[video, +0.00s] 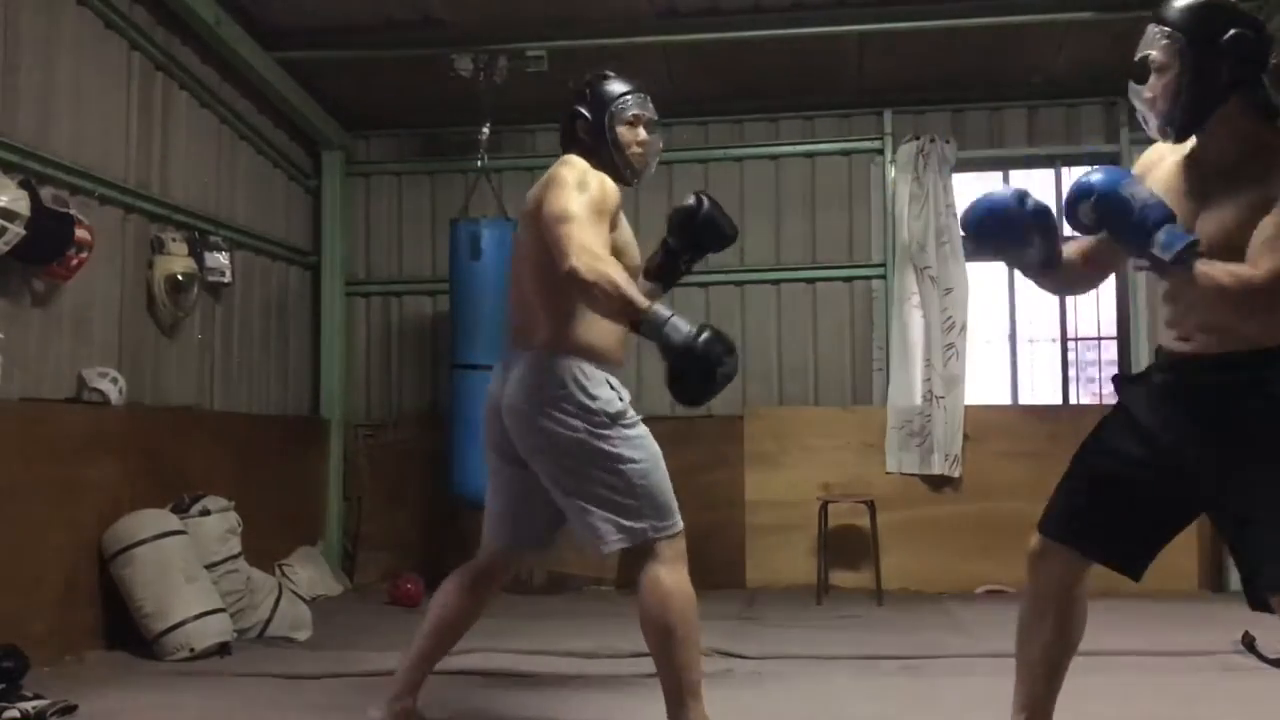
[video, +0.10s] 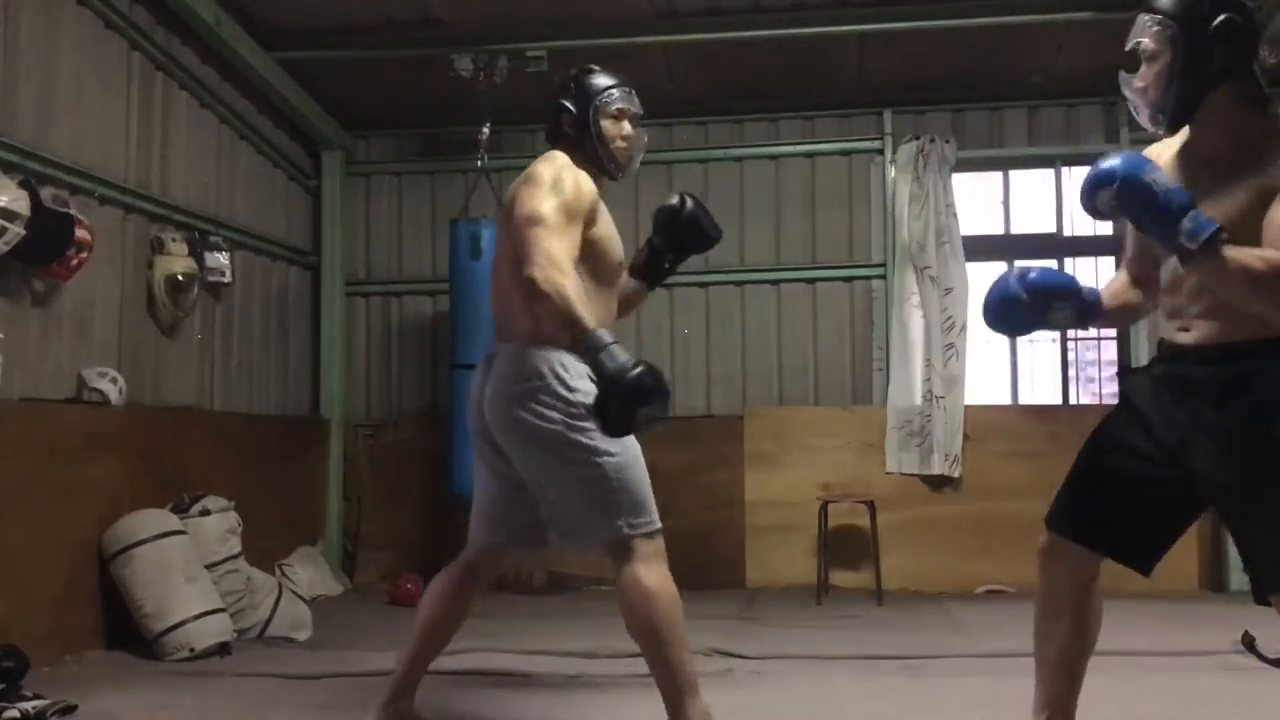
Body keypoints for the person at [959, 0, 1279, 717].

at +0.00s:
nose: (1139, 88)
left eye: (1152, 69)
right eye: (1139, 71)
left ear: (1217, 70)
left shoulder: (1273, 167)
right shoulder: (1159, 166)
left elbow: (1266, 297)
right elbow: (1077, 275)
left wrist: (1166, 252)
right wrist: (1031, 249)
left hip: (1260, 395)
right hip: (1166, 394)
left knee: (1279, 595)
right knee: (1056, 552)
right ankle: (1031, 715)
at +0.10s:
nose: (1131, 77)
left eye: (1146, 60)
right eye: (1131, 62)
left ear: (1212, 59)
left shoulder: (1270, 158)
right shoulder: (1154, 166)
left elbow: (1275, 283)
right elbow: (1139, 286)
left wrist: (1188, 233)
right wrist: (1075, 304)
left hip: (1259, 387)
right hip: (1168, 389)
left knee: (1278, 591)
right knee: (1067, 546)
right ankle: (1052, 715)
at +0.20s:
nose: (1121, 81)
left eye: (1131, 63)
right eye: (1118, 66)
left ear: (1189, 57)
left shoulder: (1273, 144)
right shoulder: (1151, 161)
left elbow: (1225, 253)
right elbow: (1142, 281)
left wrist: (1148, 166)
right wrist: (1082, 312)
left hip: (1257, 387)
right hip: (1163, 389)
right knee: (1070, 553)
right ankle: (1050, 715)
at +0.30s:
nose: (1123, 76)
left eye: (1134, 56)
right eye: (1118, 59)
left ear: (1182, 52)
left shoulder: (1259, 137)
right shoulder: (1140, 162)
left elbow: (1134, 212)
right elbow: (1130, 286)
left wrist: (1095, 101)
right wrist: (1069, 307)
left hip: (1247, 384)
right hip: (1155, 387)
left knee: (1274, 586)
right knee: (1070, 546)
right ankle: (1050, 715)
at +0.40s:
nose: (1106, 68)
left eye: (1115, 47)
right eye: (1104, 52)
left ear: (1167, 48)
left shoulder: (1247, 129)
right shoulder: (1134, 159)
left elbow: (1118, 220)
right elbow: (1138, 289)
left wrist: (1080, 105)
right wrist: (1066, 295)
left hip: (1235, 384)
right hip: (1144, 387)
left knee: (1273, 590)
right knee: (1068, 550)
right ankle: (1049, 713)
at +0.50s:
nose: (1090, 79)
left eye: (1099, 60)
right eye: (1089, 63)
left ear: (1155, 52)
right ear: (1145, 57)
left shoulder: (1242, 134)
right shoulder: (1130, 164)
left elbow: (1156, 260)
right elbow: (1120, 296)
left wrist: (1085, 157)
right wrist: (1055, 288)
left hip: (1226, 388)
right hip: (1133, 387)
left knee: (1274, 589)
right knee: (1054, 550)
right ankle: (1047, 716)